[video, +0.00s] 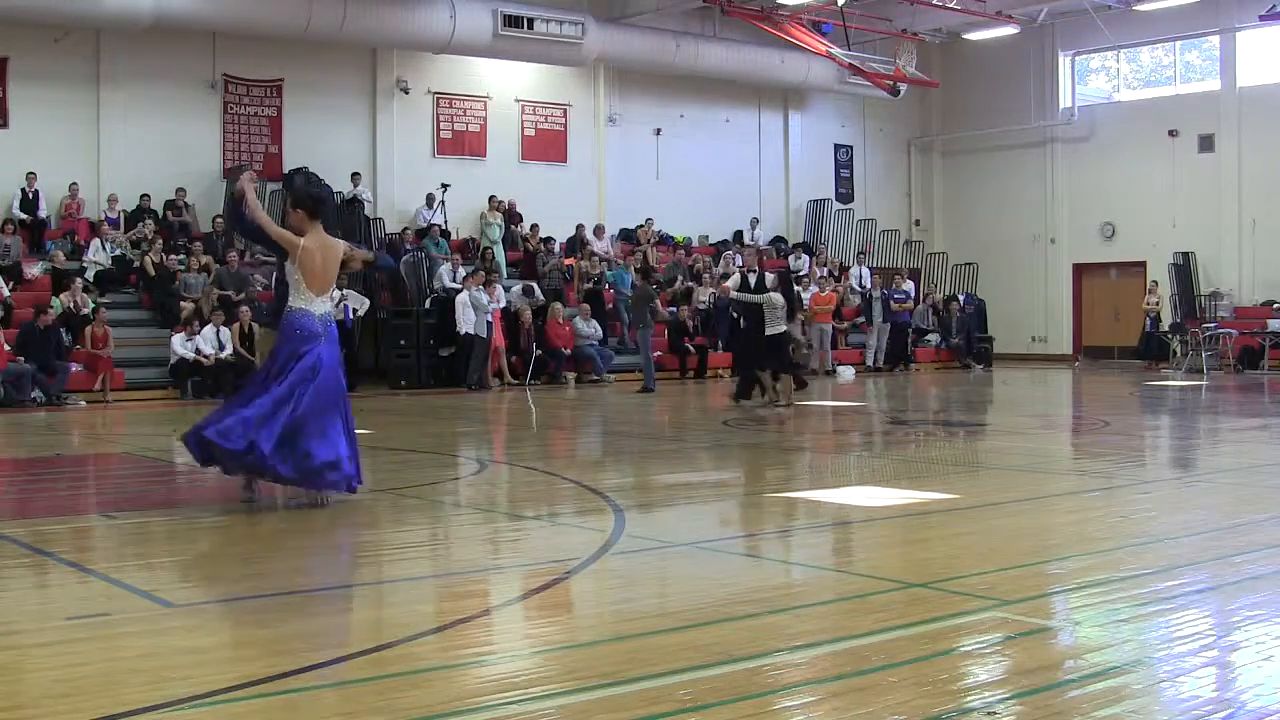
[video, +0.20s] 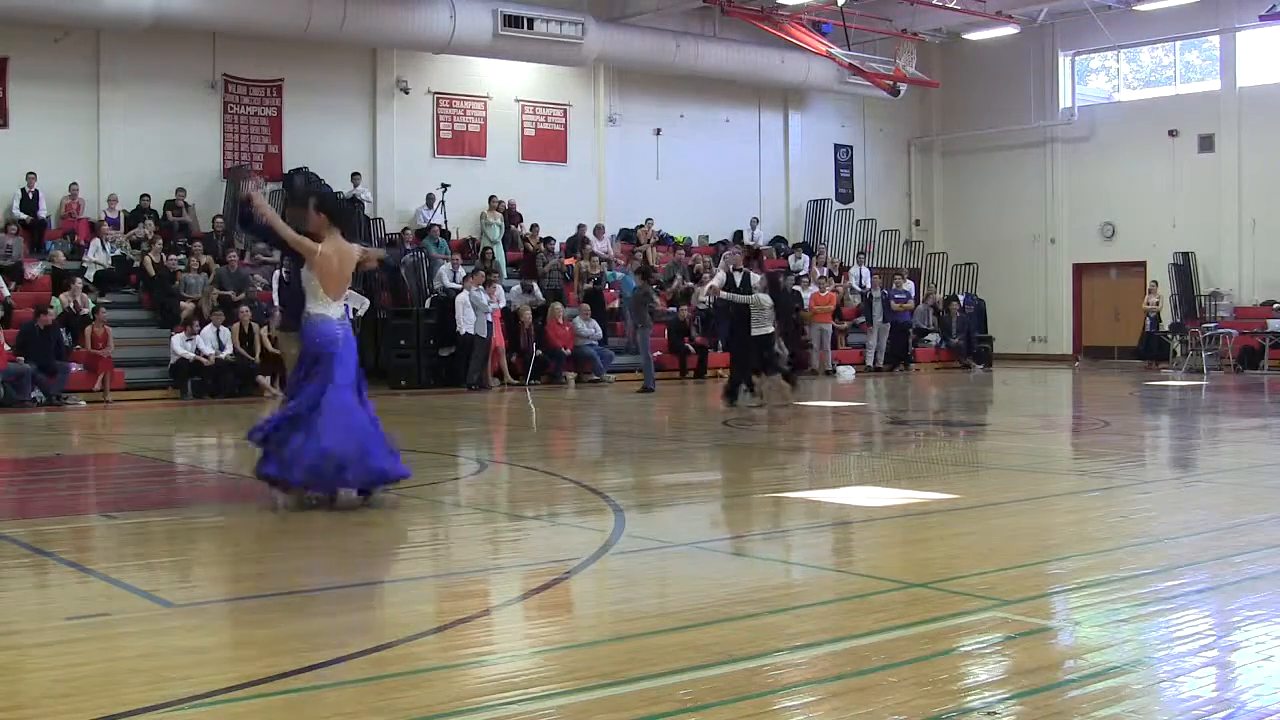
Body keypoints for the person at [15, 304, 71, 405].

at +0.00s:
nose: (52, 318)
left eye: (52, 315)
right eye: (49, 315)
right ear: (41, 316)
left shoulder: (54, 328)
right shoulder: (27, 328)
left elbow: (60, 347)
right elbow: (19, 347)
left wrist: (61, 360)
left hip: (49, 359)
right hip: (33, 360)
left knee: (64, 367)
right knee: (32, 371)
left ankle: (56, 393)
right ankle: (51, 394)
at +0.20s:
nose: (51, 318)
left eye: (51, 315)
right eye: (48, 315)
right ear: (40, 316)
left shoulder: (53, 328)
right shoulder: (27, 328)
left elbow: (60, 347)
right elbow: (19, 347)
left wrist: (61, 360)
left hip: (49, 359)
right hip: (33, 360)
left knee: (64, 367)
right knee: (32, 371)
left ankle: (56, 393)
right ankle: (51, 394)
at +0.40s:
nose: (52, 318)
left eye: (52, 315)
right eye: (49, 315)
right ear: (41, 316)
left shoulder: (54, 328)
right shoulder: (27, 328)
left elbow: (60, 347)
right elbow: (19, 347)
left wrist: (61, 360)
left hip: (49, 359)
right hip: (33, 360)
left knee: (64, 367)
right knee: (33, 371)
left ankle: (55, 393)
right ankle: (51, 394)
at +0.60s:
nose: (52, 318)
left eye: (52, 315)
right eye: (50, 315)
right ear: (41, 316)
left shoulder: (54, 328)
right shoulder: (27, 328)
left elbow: (60, 348)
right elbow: (19, 348)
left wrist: (60, 361)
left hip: (49, 360)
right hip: (33, 360)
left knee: (64, 368)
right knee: (31, 371)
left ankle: (55, 393)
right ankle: (50, 395)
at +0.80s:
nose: (52, 318)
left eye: (52, 315)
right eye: (50, 315)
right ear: (41, 316)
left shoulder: (54, 328)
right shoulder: (27, 328)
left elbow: (60, 348)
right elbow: (19, 348)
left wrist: (60, 360)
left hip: (49, 360)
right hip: (33, 360)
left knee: (64, 368)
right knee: (31, 371)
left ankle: (55, 393)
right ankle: (50, 395)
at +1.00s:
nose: (52, 318)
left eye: (52, 315)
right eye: (49, 315)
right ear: (41, 316)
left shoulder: (54, 328)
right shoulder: (27, 328)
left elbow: (60, 347)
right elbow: (19, 348)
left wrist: (60, 360)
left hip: (49, 359)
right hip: (33, 360)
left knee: (64, 367)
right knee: (31, 371)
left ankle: (55, 393)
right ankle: (51, 394)